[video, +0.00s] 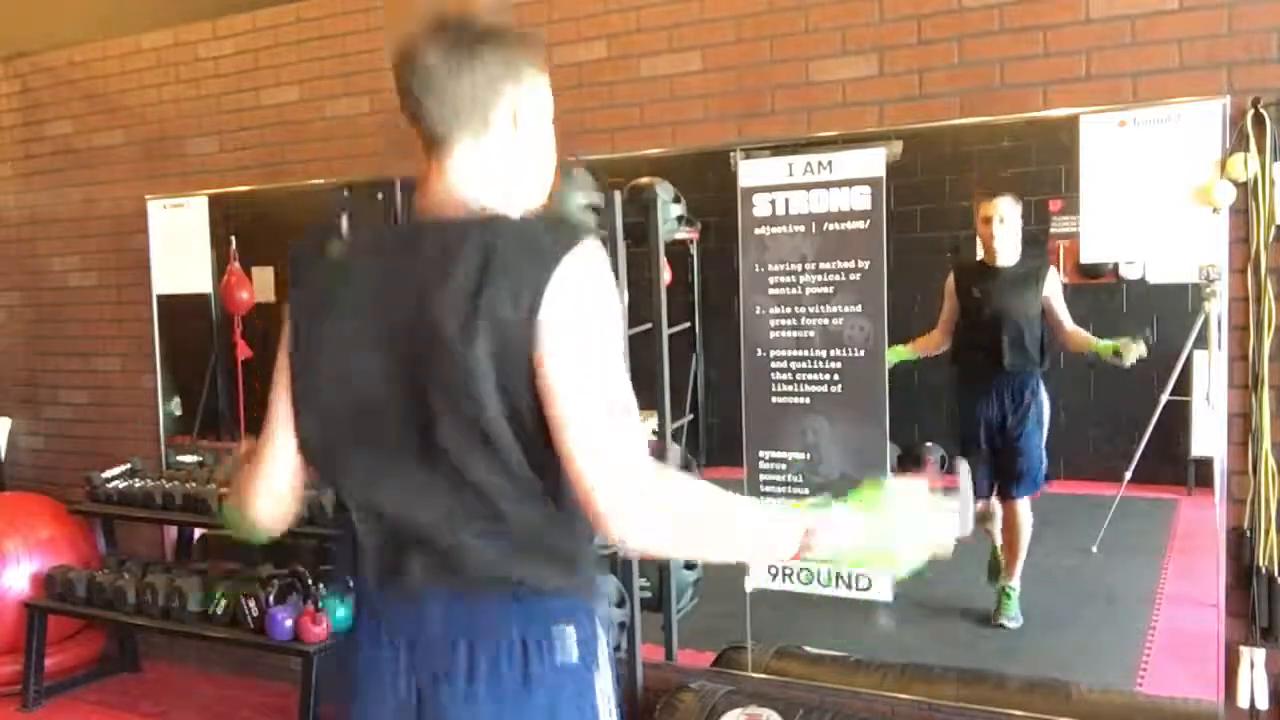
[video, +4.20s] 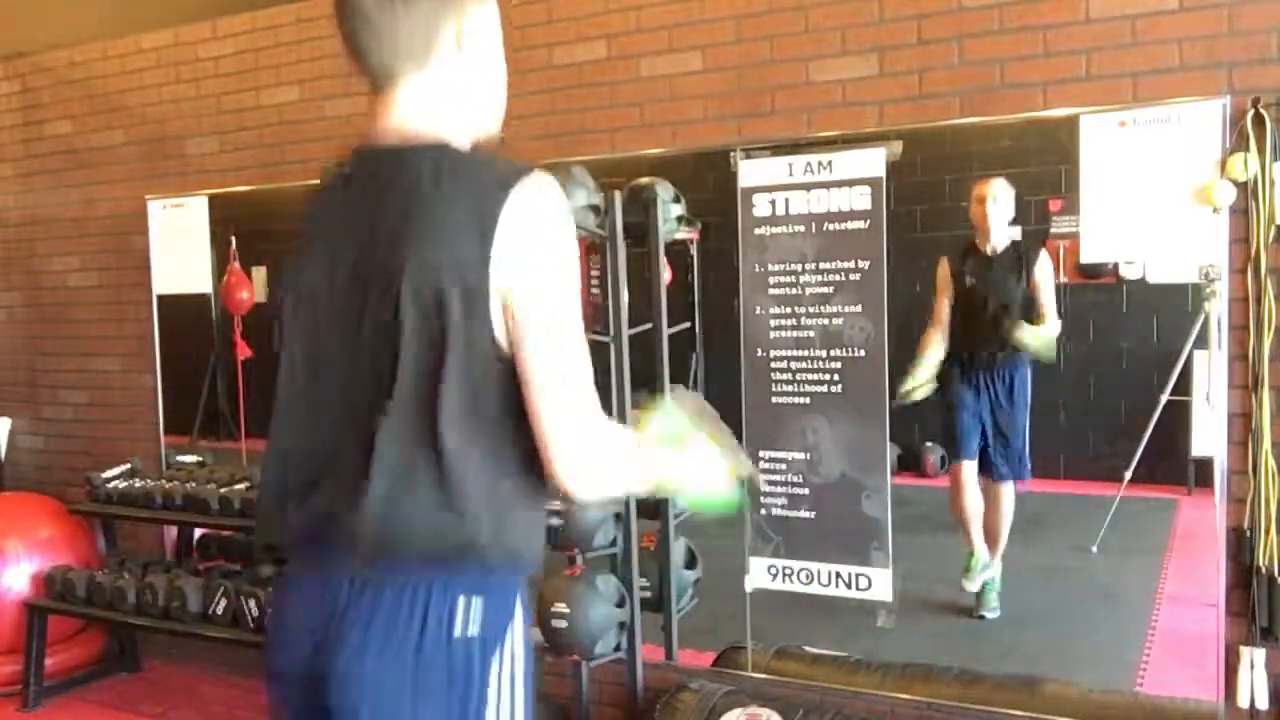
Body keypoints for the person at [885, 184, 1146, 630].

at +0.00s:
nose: (991, 229)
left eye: (999, 221)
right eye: (985, 221)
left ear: (1018, 226)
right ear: (976, 227)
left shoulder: (1042, 276)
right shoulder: (960, 278)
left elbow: (1067, 333)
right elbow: (942, 335)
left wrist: (1106, 348)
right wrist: (903, 351)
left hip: (1024, 391)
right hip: (974, 392)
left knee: (1016, 495)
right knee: (980, 501)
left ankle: (1011, 589)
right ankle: (996, 545)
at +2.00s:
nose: (997, 220)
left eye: (1006, 212)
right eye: (990, 212)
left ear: (1023, 218)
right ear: (979, 219)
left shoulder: (1045, 270)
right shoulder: (965, 270)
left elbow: (1068, 329)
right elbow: (946, 328)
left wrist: (1105, 351)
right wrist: (903, 351)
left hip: (1021, 390)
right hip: (971, 388)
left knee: (1012, 492)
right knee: (965, 491)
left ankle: (1010, 590)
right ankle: (966, 593)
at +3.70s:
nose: (996, 237)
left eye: (1006, 229)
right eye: (988, 228)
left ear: (1021, 235)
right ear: (978, 234)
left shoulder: (1043, 285)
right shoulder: (961, 287)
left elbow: (1085, 332)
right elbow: (920, 334)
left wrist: (1126, 369)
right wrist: (873, 351)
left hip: (1018, 406)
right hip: (968, 404)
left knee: (1012, 503)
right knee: (960, 493)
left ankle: (1009, 589)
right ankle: (970, 589)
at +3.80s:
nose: (995, 211)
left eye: (1005, 203)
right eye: (989, 203)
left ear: (1020, 210)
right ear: (979, 209)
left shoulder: (1039, 259)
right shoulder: (963, 260)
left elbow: (1036, 319)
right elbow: (950, 318)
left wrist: (1006, 359)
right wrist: (966, 361)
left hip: (1015, 365)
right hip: (967, 366)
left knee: (1006, 474)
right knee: (963, 451)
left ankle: (1007, 570)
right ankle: (977, 551)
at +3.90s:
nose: (995, 206)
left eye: (1004, 198)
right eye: (988, 198)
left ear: (1019, 206)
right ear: (979, 205)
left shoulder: (1036, 254)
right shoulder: (960, 257)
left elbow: (1006, 303)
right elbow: (976, 320)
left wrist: (948, 320)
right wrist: (1033, 340)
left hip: (1011, 368)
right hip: (966, 367)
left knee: (997, 462)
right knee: (967, 457)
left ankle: (993, 541)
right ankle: (986, 551)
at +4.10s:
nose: (988, 236)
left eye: (996, 228)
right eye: (983, 228)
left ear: (1015, 234)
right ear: (975, 233)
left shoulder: (1033, 281)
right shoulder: (958, 281)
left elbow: (1027, 332)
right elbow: (955, 354)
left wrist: (976, 300)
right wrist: (990, 348)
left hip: (1009, 397)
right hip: (963, 395)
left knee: (999, 495)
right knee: (959, 486)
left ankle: (989, 585)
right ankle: (976, 579)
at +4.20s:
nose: (982, 209)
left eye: (991, 201)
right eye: (978, 201)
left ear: (1009, 208)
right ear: (970, 208)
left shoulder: (1033, 260)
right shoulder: (952, 263)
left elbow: (1051, 331)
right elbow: (938, 326)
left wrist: (1027, 332)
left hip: (1010, 374)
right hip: (963, 373)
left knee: (999, 476)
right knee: (962, 467)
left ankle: (993, 573)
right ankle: (977, 549)